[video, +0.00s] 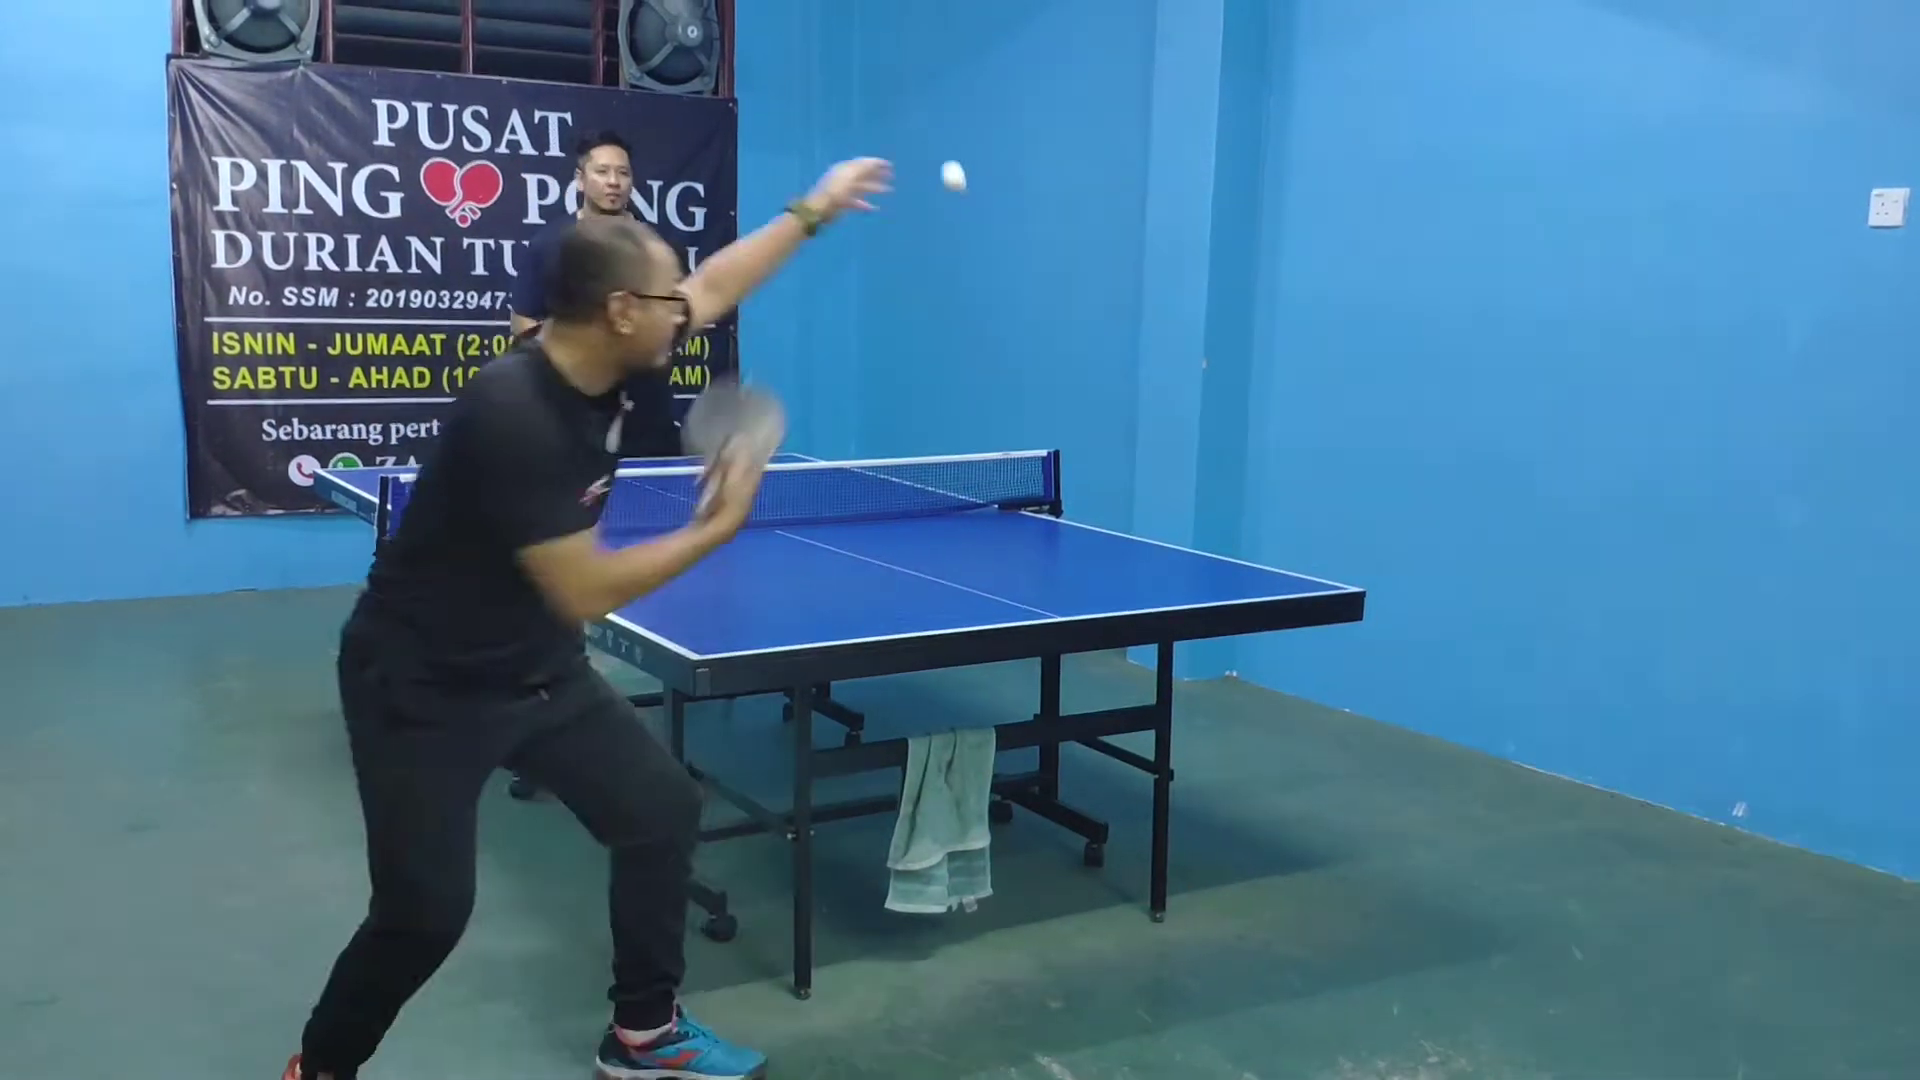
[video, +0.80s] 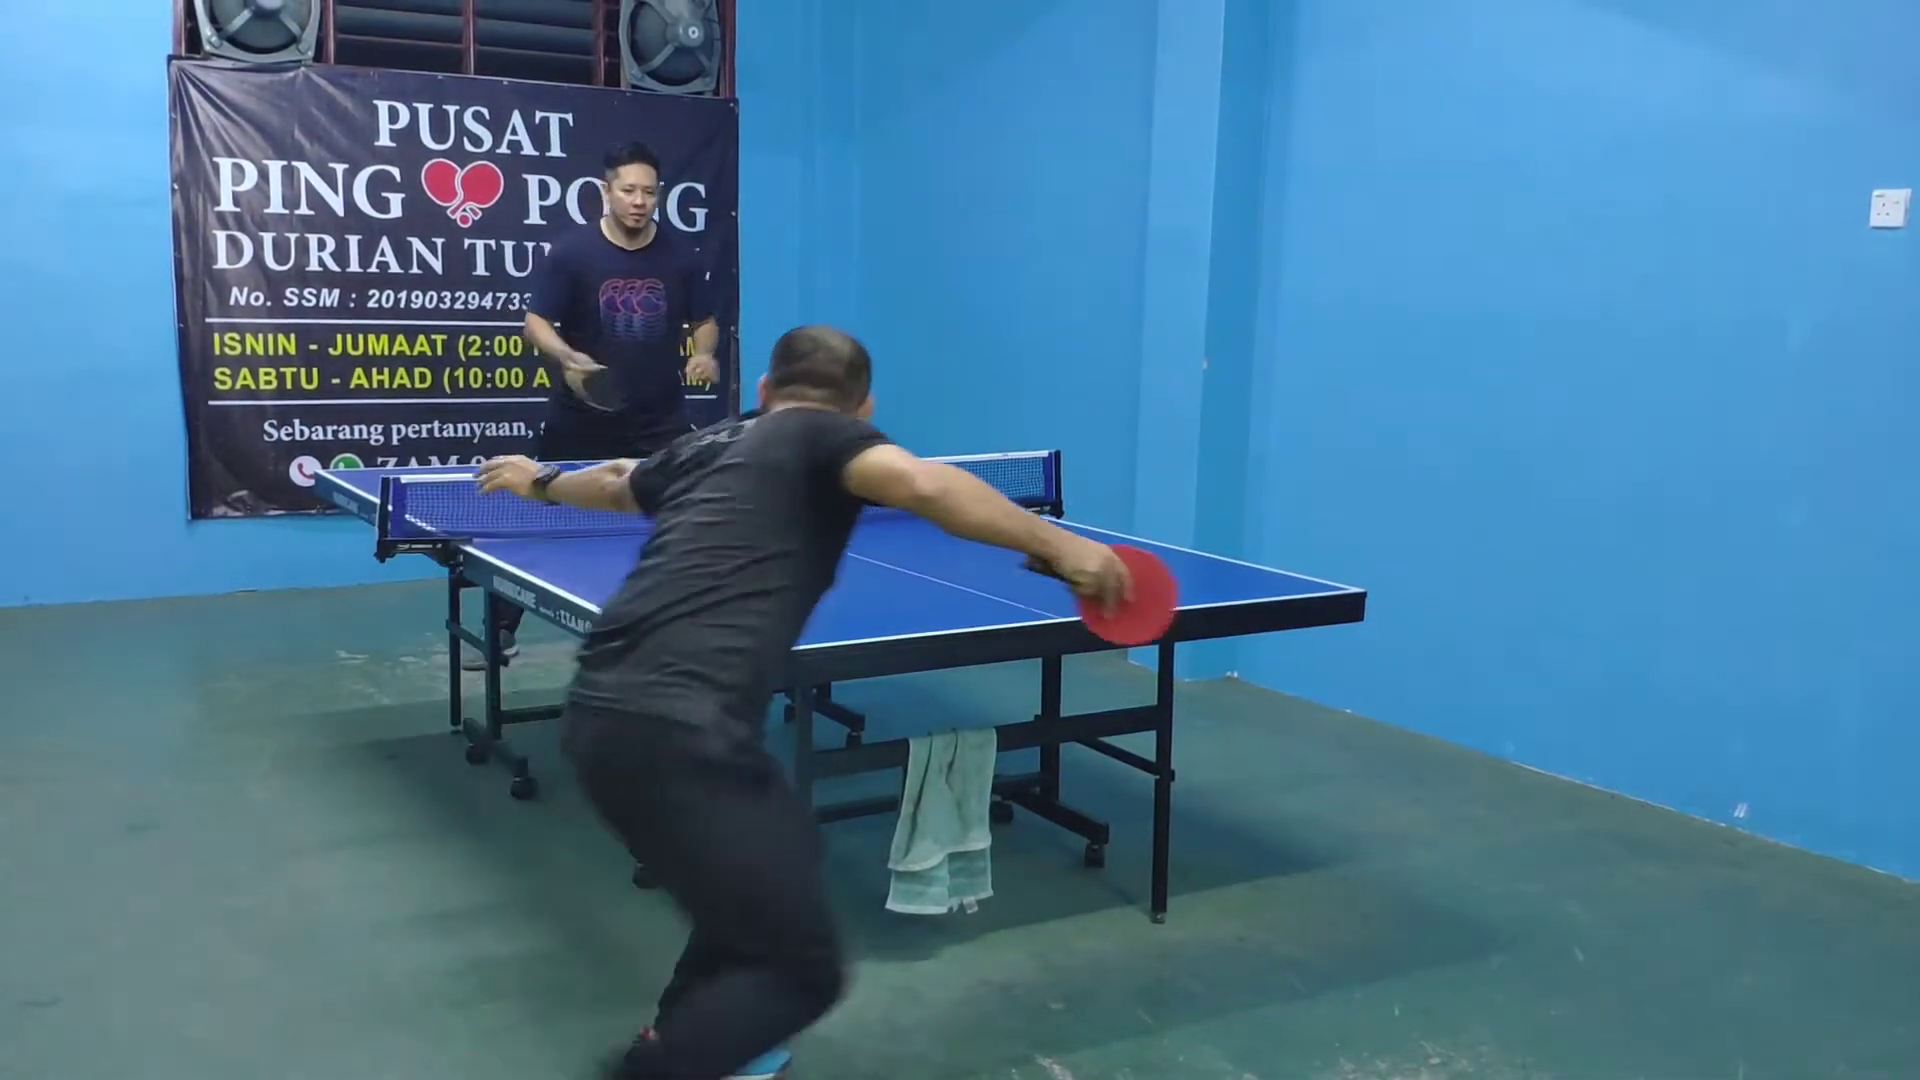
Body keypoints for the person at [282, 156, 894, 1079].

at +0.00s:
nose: (680, 318)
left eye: (678, 302)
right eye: (669, 303)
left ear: (610, 309)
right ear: (616, 313)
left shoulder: (600, 367)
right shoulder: (511, 415)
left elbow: (705, 292)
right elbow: (584, 592)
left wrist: (807, 215)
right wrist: (713, 530)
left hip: (534, 662)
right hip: (419, 680)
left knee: (660, 812)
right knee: (424, 915)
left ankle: (645, 1029)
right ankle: (317, 1067)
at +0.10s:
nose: (636, 308)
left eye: (633, 295)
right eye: (624, 299)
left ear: (571, 317)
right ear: (574, 321)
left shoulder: (583, 374)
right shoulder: (460, 445)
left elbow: (660, 295)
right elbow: (425, 632)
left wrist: (751, 216)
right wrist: (585, 651)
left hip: (525, 664)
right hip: (405, 687)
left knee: (657, 803)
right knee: (415, 918)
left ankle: (623, 1015)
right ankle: (316, 1068)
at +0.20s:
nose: (641, 321)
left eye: (632, 307)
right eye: (626, 312)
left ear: (576, 336)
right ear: (574, 338)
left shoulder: (579, 392)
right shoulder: (446, 450)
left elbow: (646, 328)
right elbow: (324, 603)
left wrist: (710, 274)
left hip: (529, 678)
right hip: (413, 712)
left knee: (662, 802)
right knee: (414, 933)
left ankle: (601, 1011)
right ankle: (318, 1070)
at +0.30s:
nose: (673, 340)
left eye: (666, 323)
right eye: (655, 329)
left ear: (602, 356)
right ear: (603, 356)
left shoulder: (601, 422)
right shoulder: (467, 448)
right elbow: (303, 543)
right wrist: (303, 678)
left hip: (533, 694)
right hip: (417, 727)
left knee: (672, 794)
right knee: (429, 954)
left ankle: (605, 999)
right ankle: (315, 1069)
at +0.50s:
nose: (760, 465)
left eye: (768, 445)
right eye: (757, 440)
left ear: (712, 422)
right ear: (705, 418)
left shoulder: (645, 472)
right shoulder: (604, 431)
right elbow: (518, 416)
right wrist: (703, 448)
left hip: (559, 726)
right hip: (456, 750)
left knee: (721, 803)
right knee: (481, 1016)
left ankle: (611, 972)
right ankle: (328, 1062)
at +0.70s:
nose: (831, 443)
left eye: (829, 434)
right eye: (826, 430)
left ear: (736, 404)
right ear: (803, 417)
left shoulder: (667, 460)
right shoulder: (768, 441)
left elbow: (587, 498)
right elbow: (869, 482)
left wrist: (538, 491)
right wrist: (1008, 536)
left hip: (656, 734)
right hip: (588, 740)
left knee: (767, 855)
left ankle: (676, 1042)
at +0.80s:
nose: (871, 421)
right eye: (870, 411)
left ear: (766, 393)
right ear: (859, 405)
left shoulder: (695, 450)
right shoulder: (828, 436)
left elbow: (611, 483)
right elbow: (924, 486)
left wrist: (538, 479)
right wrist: (1060, 546)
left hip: (601, 720)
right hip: (682, 731)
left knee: (743, 898)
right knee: (803, 969)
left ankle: (693, 1041)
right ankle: (654, 1068)